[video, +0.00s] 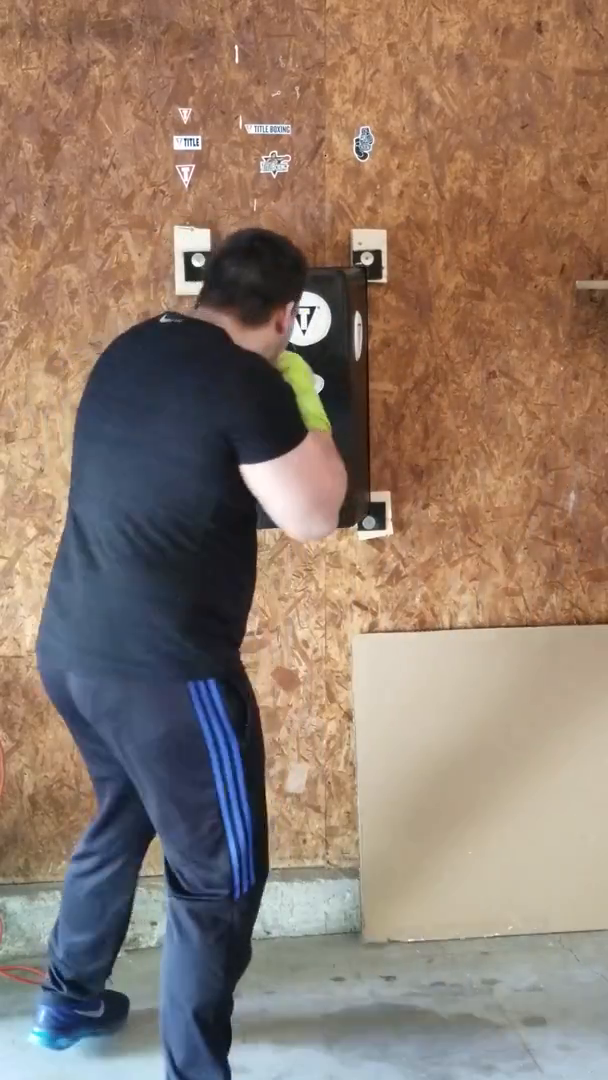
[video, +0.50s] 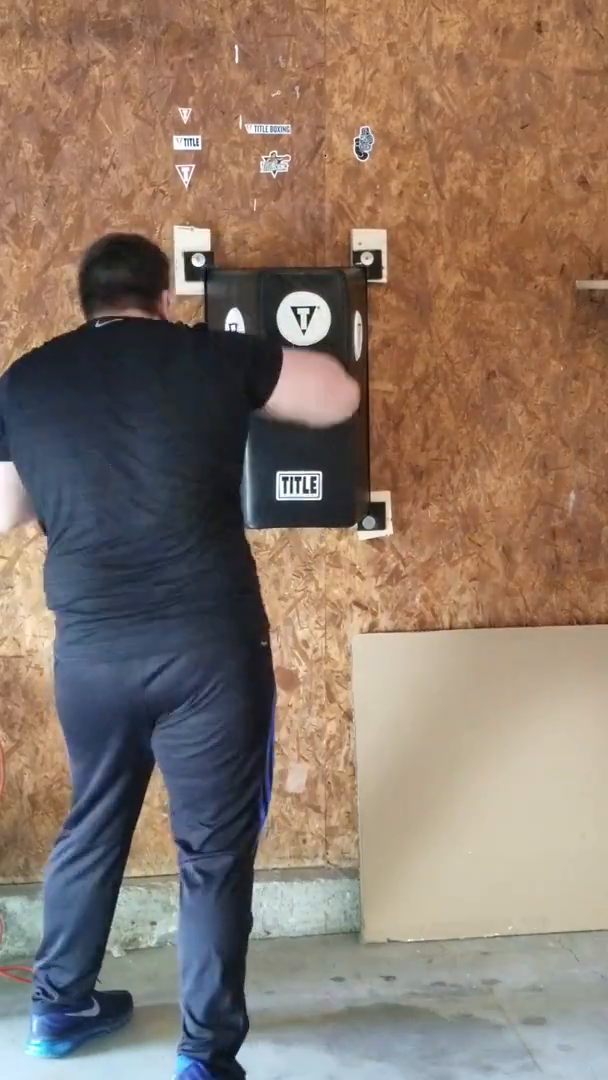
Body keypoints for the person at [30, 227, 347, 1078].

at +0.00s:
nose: (289, 331)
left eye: (290, 317)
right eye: (292, 317)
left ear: (208, 289)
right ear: (277, 311)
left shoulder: (129, 349)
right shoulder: (245, 380)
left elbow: (174, 478)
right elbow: (313, 511)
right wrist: (311, 402)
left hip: (73, 647)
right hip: (168, 664)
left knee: (122, 816)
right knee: (218, 877)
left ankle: (70, 1001)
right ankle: (198, 1064)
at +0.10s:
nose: (275, 340)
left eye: (276, 325)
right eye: (277, 325)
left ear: (193, 304)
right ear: (260, 322)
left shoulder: (116, 360)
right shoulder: (221, 398)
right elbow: (299, 525)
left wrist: (251, 409)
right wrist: (302, 418)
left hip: (75, 657)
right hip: (165, 672)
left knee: (121, 816)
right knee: (229, 878)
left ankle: (67, 1005)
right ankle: (201, 1064)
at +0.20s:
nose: (245, 330)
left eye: (244, 319)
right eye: (246, 318)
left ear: (152, 301)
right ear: (231, 316)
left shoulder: (75, 366)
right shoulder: (226, 385)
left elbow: (130, 460)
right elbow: (325, 494)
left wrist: (240, 400)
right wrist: (301, 393)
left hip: (67, 664)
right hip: (176, 672)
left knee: (110, 812)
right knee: (229, 862)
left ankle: (63, 1003)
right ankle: (203, 1059)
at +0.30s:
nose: (210, 314)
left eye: (205, 304)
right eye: (210, 304)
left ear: (114, 303)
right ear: (194, 306)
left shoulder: (38, 369)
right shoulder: (232, 361)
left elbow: (27, 468)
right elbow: (359, 400)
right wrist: (304, 348)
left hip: (76, 659)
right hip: (188, 658)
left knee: (97, 815)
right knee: (221, 860)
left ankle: (61, 1005)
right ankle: (208, 1057)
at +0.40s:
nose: (172, 296)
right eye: (172, 287)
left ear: (84, 302)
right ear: (168, 293)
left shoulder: (24, 376)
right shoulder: (221, 345)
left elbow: (13, 483)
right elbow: (349, 357)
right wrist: (265, 364)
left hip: (85, 655)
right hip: (202, 647)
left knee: (90, 823)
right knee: (218, 854)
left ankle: (58, 1005)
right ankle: (211, 1052)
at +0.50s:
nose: (165, 300)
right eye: (166, 290)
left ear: (83, 303)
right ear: (164, 296)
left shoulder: (22, 381)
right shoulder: (214, 356)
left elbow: (17, 511)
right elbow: (338, 396)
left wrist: (81, 478)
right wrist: (246, 362)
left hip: (91, 651)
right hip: (209, 642)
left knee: (92, 820)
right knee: (213, 855)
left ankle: (60, 1004)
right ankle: (208, 1048)